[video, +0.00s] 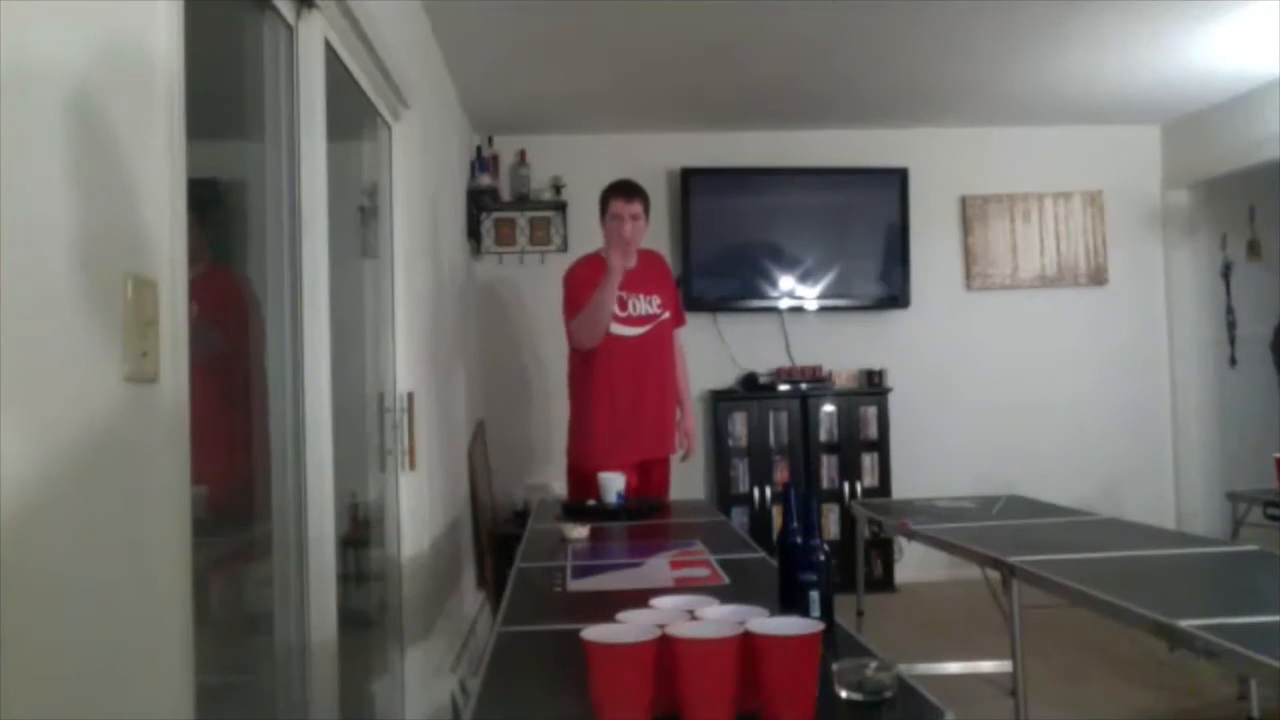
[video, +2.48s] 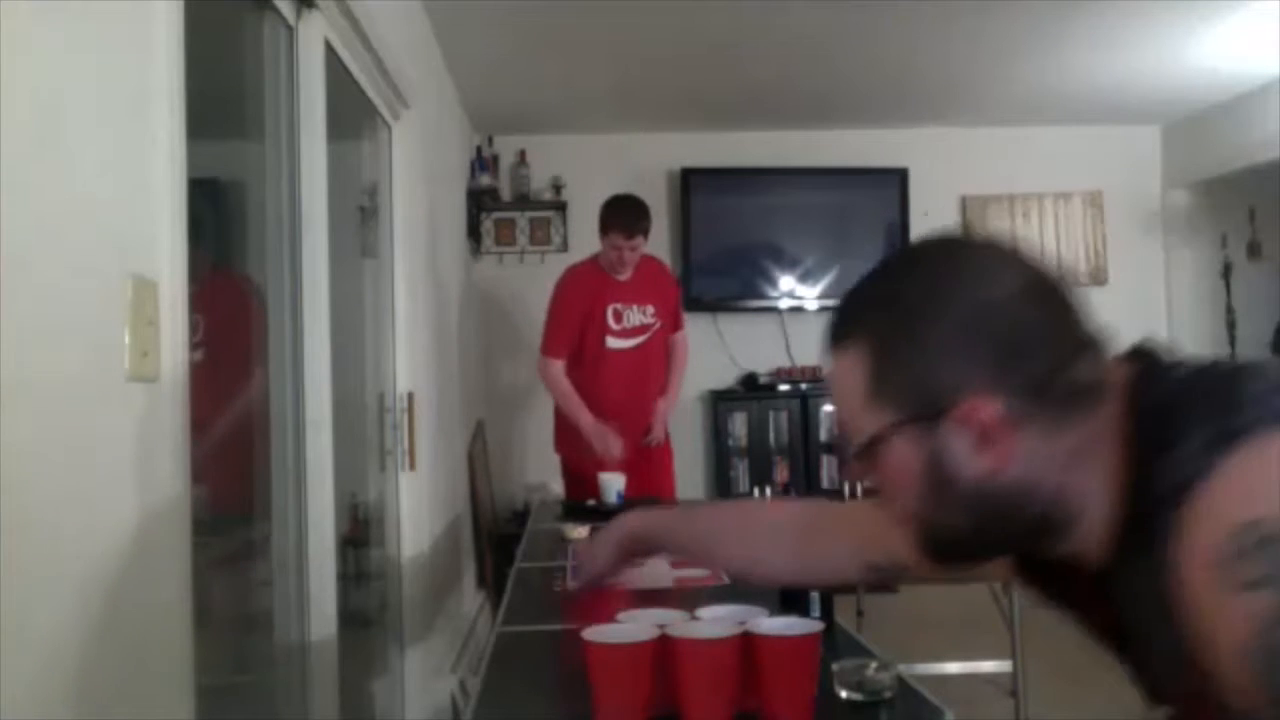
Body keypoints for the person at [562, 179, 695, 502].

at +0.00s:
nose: (626, 228)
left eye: (635, 219)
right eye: (617, 219)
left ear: (646, 224)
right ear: (603, 223)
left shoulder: (657, 267)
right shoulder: (584, 273)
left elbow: (673, 344)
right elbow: (583, 338)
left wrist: (686, 411)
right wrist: (613, 276)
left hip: (652, 431)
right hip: (599, 433)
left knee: (652, 539)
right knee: (598, 540)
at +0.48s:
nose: (631, 214)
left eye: (639, 204)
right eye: (623, 205)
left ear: (649, 212)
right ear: (607, 211)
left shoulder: (656, 259)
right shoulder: (588, 257)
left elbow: (672, 336)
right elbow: (604, 255)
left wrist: (691, 398)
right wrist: (618, 176)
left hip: (652, 429)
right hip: (603, 429)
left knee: (652, 541)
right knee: (598, 544)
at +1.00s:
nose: (639, 217)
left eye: (648, 208)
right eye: (629, 208)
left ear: (658, 213)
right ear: (613, 213)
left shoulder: (661, 262)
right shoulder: (590, 268)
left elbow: (667, 344)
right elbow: (561, 348)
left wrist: (683, 404)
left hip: (653, 438)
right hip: (602, 441)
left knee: (650, 543)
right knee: (598, 544)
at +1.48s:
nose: (639, 245)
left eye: (648, 237)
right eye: (631, 235)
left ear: (659, 234)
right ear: (618, 230)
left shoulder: (670, 275)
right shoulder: (593, 275)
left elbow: (688, 343)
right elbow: (549, 347)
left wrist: (689, 416)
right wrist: (578, 422)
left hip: (656, 441)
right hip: (602, 443)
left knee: (654, 546)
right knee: (600, 546)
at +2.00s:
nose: (635, 254)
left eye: (643, 245)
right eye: (626, 245)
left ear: (655, 241)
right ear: (612, 237)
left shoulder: (668, 280)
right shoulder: (589, 281)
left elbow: (675, 354)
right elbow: (578, 369)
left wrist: (673, 422)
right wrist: (598, 443)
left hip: (651, 442)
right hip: (601, 443)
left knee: (649, 543)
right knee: (605, 543)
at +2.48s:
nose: (625, 258)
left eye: (634, 249)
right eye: (616, 248)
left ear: (645, 242)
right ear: (602, 239)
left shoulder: (659, 276)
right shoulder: (576, 283)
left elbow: (678, 340)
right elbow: (551, 366)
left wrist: (667, 402)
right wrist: (590, 427)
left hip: (649, 441)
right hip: (590, 446)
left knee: (657, 540)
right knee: (598, 545)